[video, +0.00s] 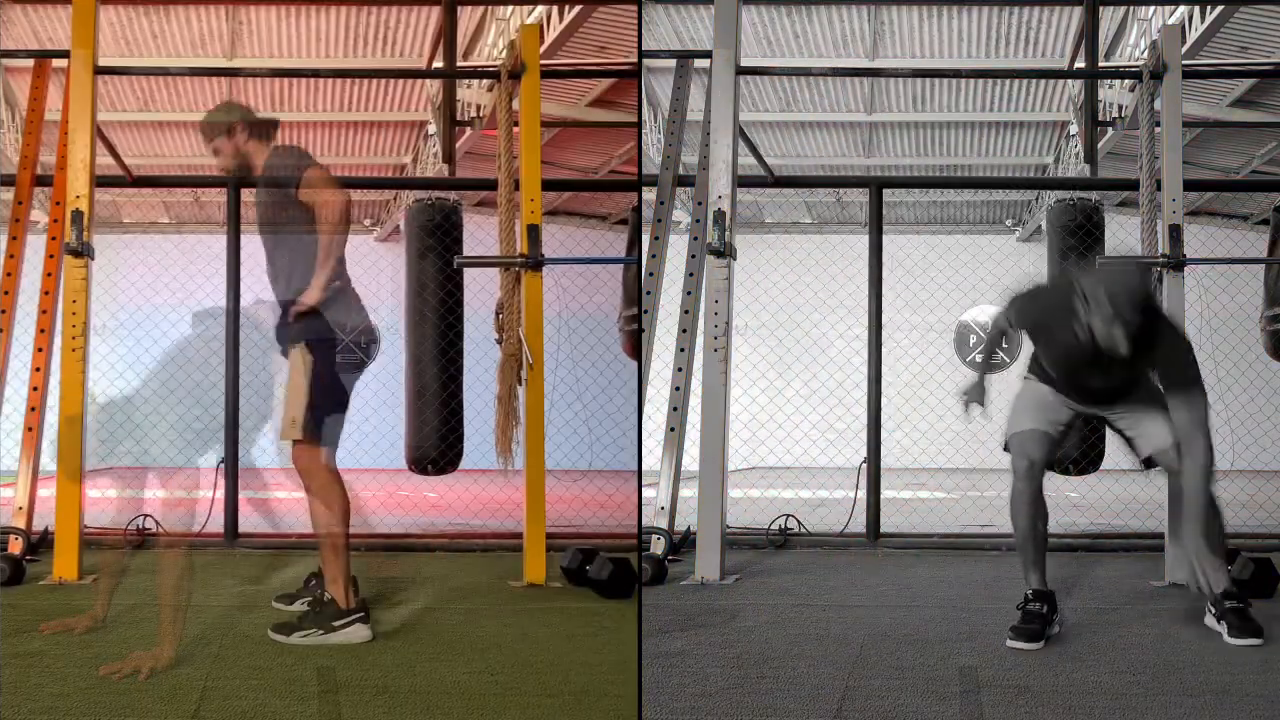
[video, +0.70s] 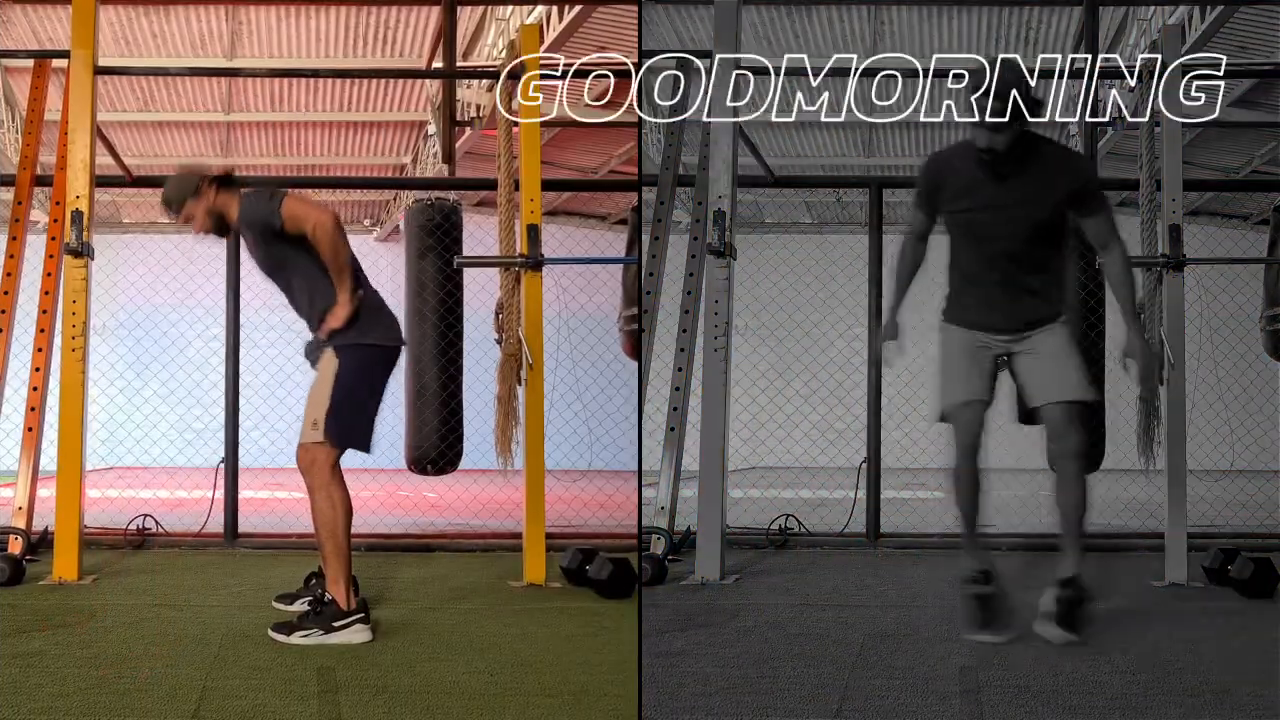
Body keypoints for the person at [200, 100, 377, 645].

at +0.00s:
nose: (216, 159)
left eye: (216, 148)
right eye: (212, 150)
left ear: (239, 134)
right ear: (240, 134)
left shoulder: (284, 160)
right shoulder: (274, 172)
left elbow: (334, 202)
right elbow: (328, 213)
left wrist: (317, 284)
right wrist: (299, 300)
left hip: (325, 332)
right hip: (314, 330)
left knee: (308, 454)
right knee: (310, 456)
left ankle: (342, 605)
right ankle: (333, 580)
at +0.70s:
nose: (193, 227)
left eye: (188, 215)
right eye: (185, 220)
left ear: (206, 191)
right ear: (207, 192)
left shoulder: (253, 206)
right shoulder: (250, 216)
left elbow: (323, 220)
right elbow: (320, 225)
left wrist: (344, 298)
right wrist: (330, 310)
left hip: (356, 339)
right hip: (349, 340)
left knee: (316, 458)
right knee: (317, 458)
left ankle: (342, 606)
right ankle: (337, 580)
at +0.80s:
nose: (183, 282)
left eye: (178, 272)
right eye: (177, 277)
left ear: (190, 249)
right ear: (192, 249)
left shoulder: (243, 248)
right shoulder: (241, 255)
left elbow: (319, 249)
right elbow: (315, 248)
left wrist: (358, 317)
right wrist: (345, 322)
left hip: (373, 347)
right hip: (366, 347)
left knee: (315, 458)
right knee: (320, 459)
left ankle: (342, 603)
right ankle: (335, 580)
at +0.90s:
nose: (185, 335)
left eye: (177, 326)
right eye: (175, 331)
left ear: (186, 300)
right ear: (188, 299)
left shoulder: (237, 288)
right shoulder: (235, 303)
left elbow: (316, 274)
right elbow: (313, 277)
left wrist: (367, 326)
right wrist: (344, 346)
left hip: (384, 353)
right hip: (376, 354)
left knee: (318, 457)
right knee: (319, 458)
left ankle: (342, 603)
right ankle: (337, 583)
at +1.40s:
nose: (175, 300)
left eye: (170, 289)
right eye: (169, 293)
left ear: (182, 272)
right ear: (184, 270)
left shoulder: (234, 268)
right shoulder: (235, 280)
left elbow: (317, 256)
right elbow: (314, 258)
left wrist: (360, 319)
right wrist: (344, 333)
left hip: (375, 345)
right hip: (367, 346)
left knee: (315, 457)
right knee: (317, 457)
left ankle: (342, 603)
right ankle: (336, 582)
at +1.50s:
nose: (177, 238)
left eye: (175, 227)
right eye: (172, 229)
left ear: (196, 211)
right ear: (196, 213)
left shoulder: (248, 222)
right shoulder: (242, 236)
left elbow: (326, 231)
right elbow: (321, 236)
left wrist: (349, 307)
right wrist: (336, 316)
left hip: (361, 342)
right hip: (353, 342)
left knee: (313, 457)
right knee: (316, 457)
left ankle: (341, 605)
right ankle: (336, 579)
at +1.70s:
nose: (212, 161)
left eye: (213, 149)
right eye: (209, 152)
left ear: (237, 137)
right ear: (237, 137)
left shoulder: (282, 165)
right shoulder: (273, 178)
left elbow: (337, 206)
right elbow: (334, 212)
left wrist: (323, 287)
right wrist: (314, 293)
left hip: (333, 337)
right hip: (326, 337)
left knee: (313, 458)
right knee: (313, 458)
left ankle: (342, 604)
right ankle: (334, 579)